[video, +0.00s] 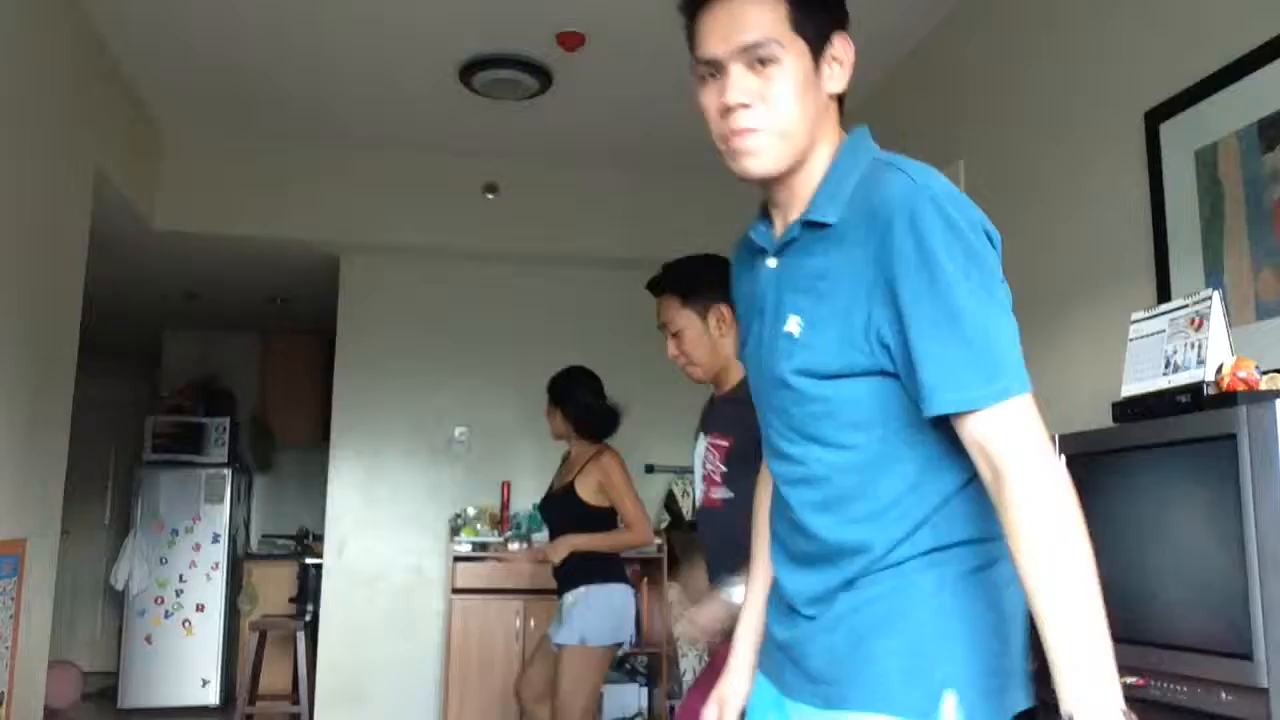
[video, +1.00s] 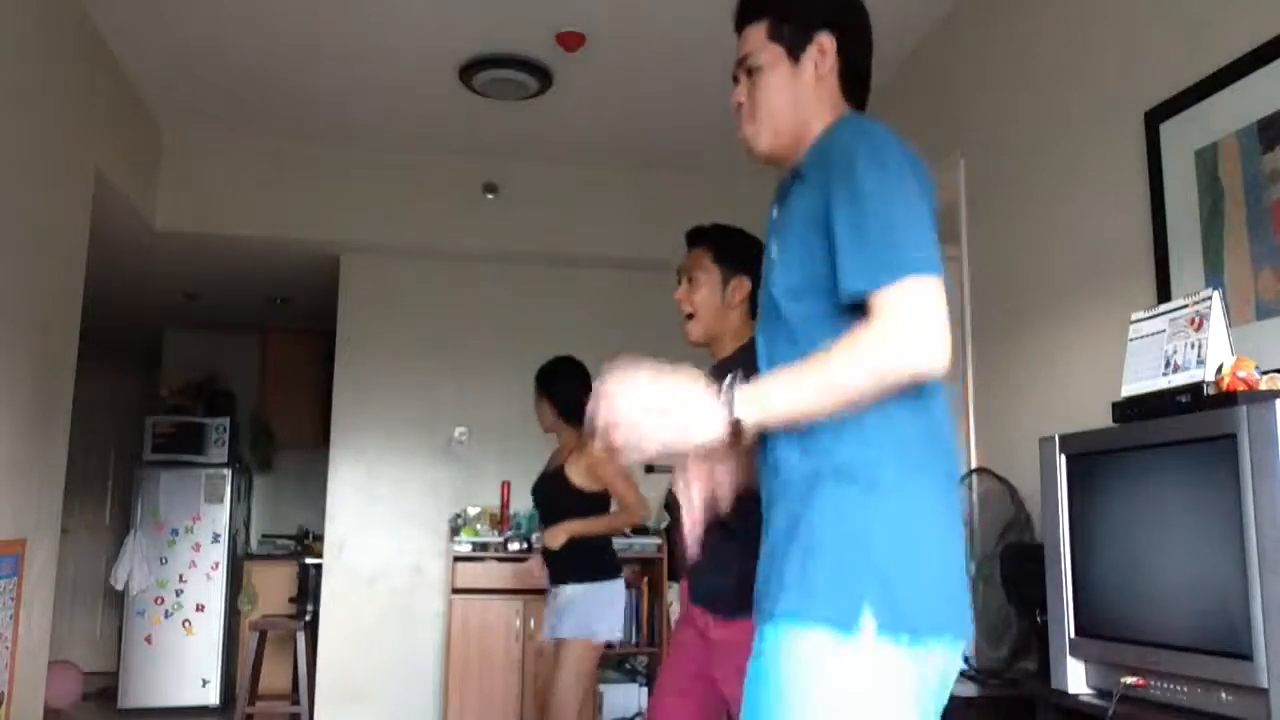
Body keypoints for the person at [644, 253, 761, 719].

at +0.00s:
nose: (670, 351)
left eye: (676, 333)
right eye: (666, 337)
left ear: (721, 320)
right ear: (718, 322)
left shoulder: (765, 404)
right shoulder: (716, 404)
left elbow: (792, 523)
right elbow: (722, 513)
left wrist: (731, 598)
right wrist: (697, 578)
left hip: (766, 613)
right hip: (732, 610)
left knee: (697, 711)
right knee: (694, 709)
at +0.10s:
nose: (671, 347)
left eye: (676, 329)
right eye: (666, 333)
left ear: (721, 315)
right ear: (719, 316)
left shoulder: (769, 389)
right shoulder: (723, 395)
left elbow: (790, 505)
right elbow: (728, 505)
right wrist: (709, 599)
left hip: (770, 610)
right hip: (734, 607)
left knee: (684, 706)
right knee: (678, 705)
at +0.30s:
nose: (667, 337)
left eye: (675, 319)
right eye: (664, 322)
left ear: (723, 315)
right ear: (719, 317)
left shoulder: (763, 390)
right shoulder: (715, 396)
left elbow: (765, 514)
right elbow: (711, 513)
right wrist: (650, 473)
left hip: (749, 619)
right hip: (716, 611)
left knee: (704, 709)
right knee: (705, 708)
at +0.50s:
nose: (673, 323)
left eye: (684, 305)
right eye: (672, 308)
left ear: (732, 307)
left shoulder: (762, 385)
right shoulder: (722, 391)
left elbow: (776, 501)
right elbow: (734, 502)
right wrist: (706, 584)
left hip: (758, 610)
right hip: (726, 602)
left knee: (739, 709)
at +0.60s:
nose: (671, 305)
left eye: (682, 288)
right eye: (670, 290)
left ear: (729, 292)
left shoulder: (764, 367)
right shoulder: (718, 375)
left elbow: (782, 474)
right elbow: (723, 496)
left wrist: (687, 431)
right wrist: (708, 594)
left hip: (753, 601)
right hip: (714, 596)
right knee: (670, 707)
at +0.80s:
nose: (675, 315)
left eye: (689, 300)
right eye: (678, 301)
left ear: (735, 311)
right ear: (728, 313)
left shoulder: (760, 395)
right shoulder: (713, 397)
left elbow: (777, 509)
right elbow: (698, 510)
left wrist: (743, 608)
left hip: (738, 620)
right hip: (698, 608)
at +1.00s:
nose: (678, 297)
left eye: (691, 280)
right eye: (680, 282)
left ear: (738, 291)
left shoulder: (772, 377)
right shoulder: (709, 383)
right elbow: (694, 496)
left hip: (756, 618)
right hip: (699, 611)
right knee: (669, 712)